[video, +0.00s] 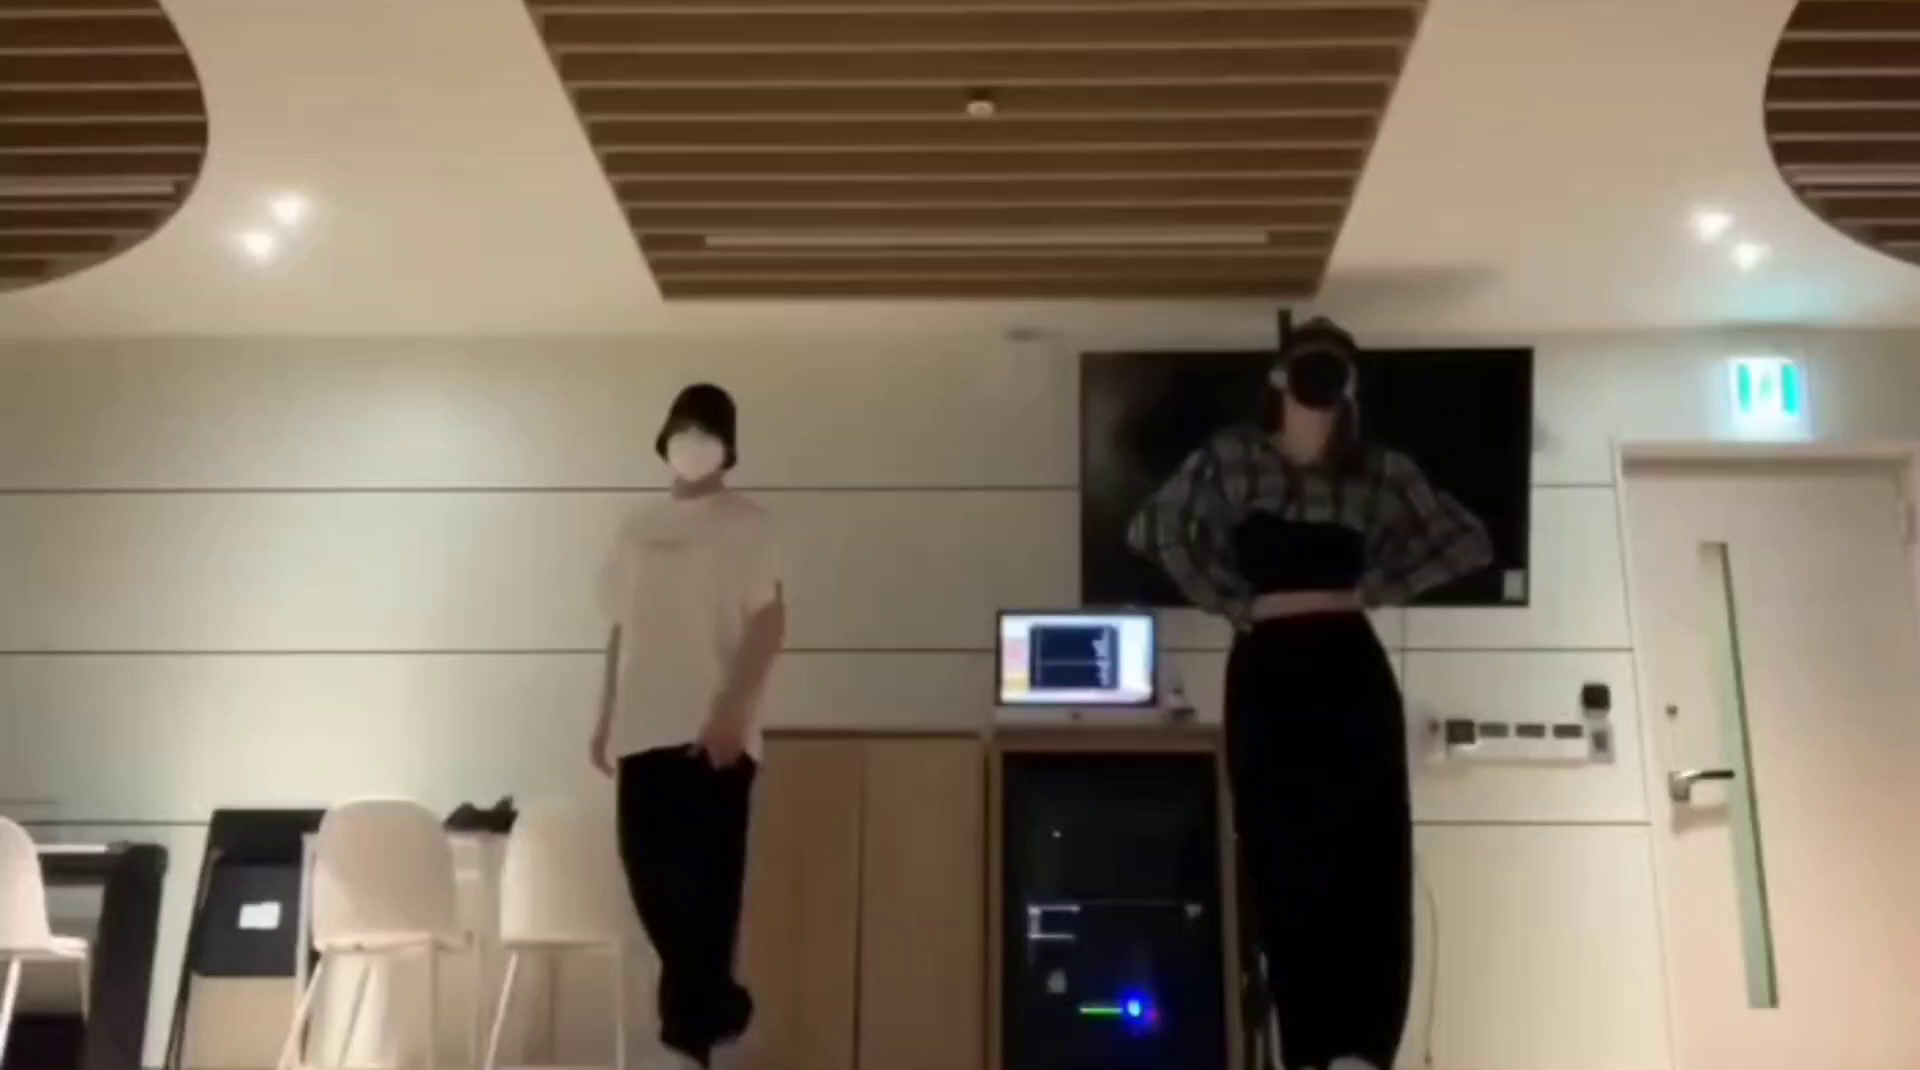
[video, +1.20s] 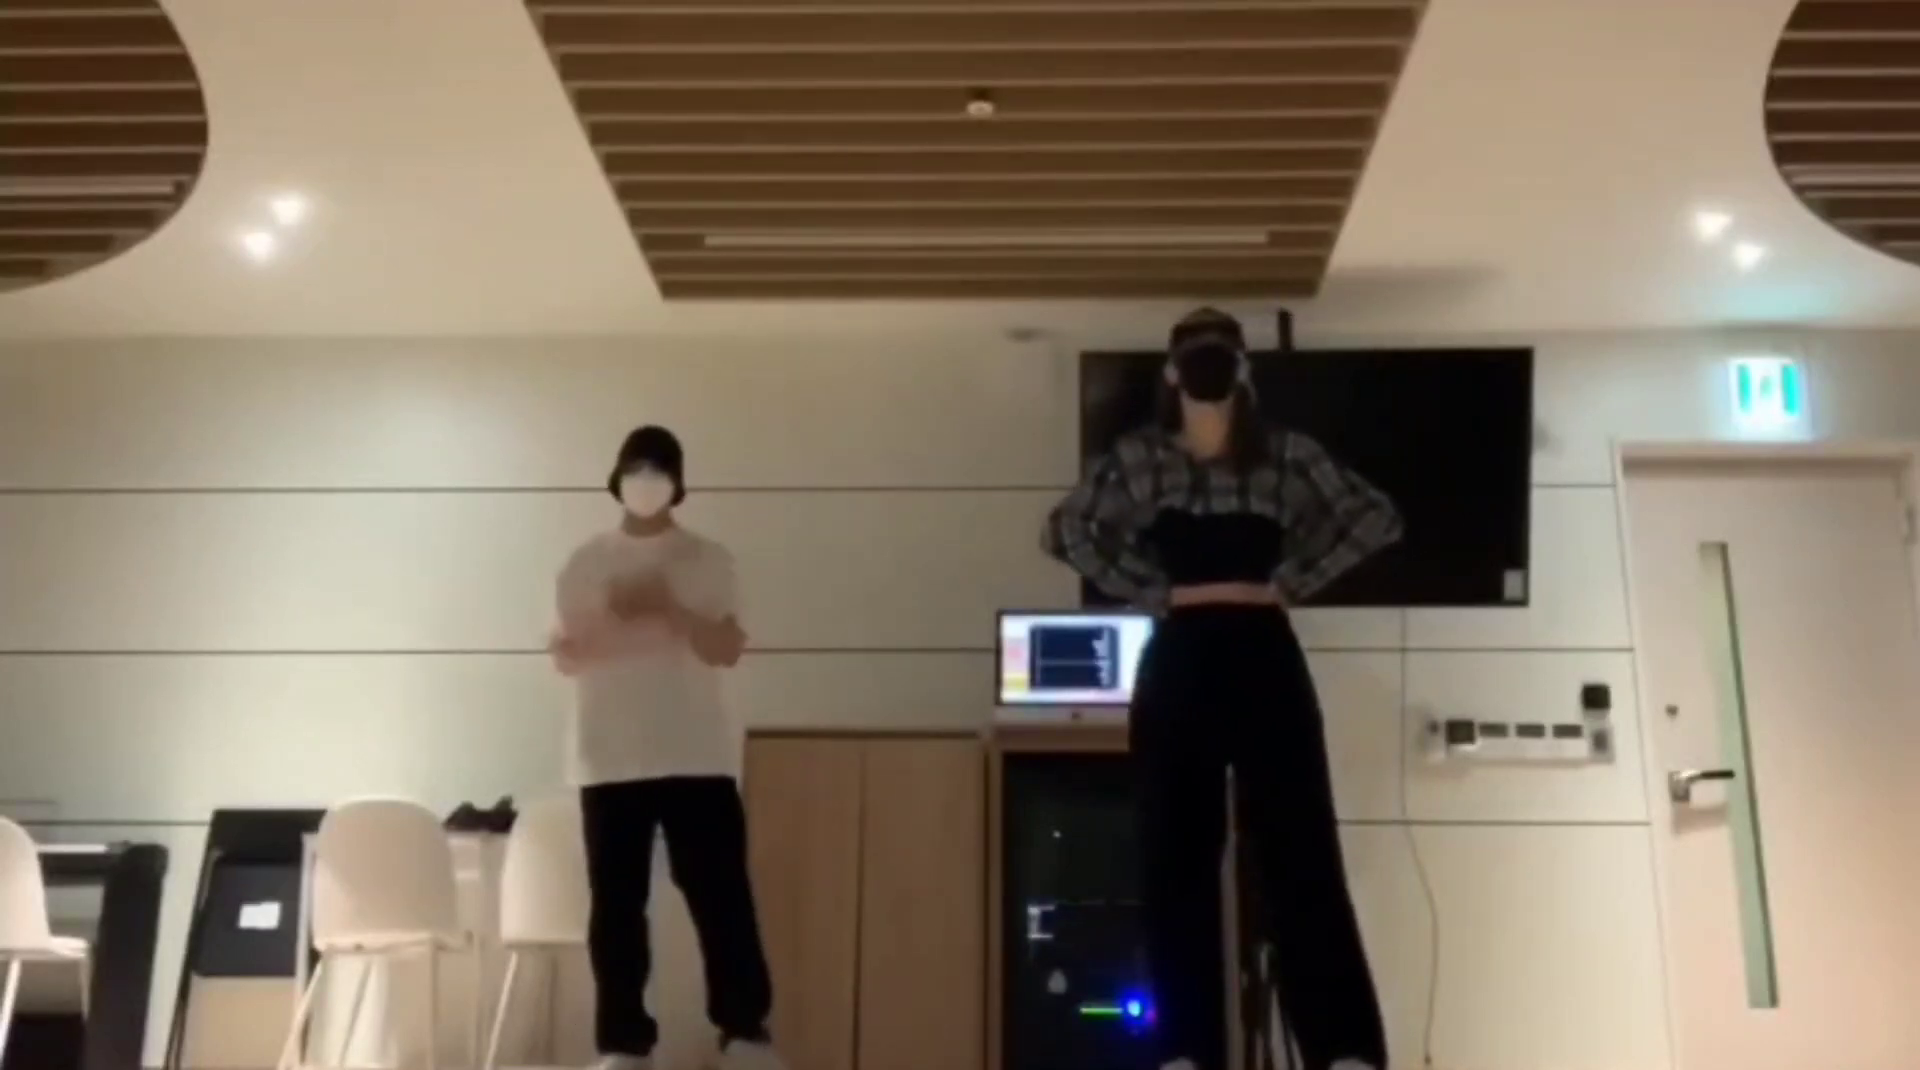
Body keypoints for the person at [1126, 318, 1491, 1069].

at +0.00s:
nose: (1320, 379)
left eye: (1333, 367)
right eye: (1307, 365)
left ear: (1352, 381)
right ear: (1279, 376)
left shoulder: (1381, 469)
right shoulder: (1232, 458)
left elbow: (1470, 543)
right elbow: (1155, 528)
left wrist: (1382, 585)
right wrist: (1228, 598)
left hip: (1352, 669)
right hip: (1269, 672)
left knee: (1369, 853)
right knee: (1285, 859)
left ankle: (1365, 1047)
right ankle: (1309, 1047)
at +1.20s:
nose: (1208, 364)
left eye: (1220, 351)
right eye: (1194, 352)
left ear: (1242, 367)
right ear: (1171, 370)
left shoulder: (1288, 454)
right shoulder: (1138, 458)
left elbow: (1376, 517)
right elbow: (1068, 528)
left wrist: (1297, 580)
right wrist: (1145, 588)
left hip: (1267, 663)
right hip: (1181, 666)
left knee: (1299, 853)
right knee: (1176, 860)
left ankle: (1342, 1049)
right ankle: (1186, 1047)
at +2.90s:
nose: (1235, 423)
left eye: (1245, 413)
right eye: (1222, 413)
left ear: (1264, 425)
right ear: (1196, 424)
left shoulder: (1295, 507)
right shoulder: (1162, 496)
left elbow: (1334, 604)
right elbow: (1103, 576)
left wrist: (1360, 689)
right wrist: (1162, 604)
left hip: (1280, 693)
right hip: (1198, 692)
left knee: (1279, 871)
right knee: (1187, 866)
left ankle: (1266, 1039)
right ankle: (1190, 1038)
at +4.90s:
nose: (1206, 426)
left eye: (1217, 415)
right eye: (1192, 415)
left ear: (1236, 431)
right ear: (1168, 431)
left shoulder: (1270, 517)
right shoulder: (1131, 519)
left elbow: (1296, 620)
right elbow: (1112, 617)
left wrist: (1317, 716)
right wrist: (1132, 696)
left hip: (1256, 704)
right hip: (1178, 705)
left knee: (1260, 868)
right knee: (1189, 870)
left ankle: (1255, 1040)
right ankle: (1200, 1039)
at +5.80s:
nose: (1169, 410)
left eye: (1181, 397)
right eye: (1153, 399)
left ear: (1201, 413)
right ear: (1129, 417)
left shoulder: (1228, 494)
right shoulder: (1096, 493)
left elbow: (1244, 586)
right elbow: (1056, 585)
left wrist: (1237, 634)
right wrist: (1085, 678)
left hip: (1202, 689)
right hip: (1123, 688)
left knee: (1194, 829)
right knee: (1108, 839)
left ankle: (1186, 971)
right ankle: (1100, 993)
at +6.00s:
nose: (1177, 418)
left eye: (1188, 407)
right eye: (1163, 407)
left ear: (1207, 423)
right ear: (1137, 424)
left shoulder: (1229, 497)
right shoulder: (1100, 506)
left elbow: (1260, 561)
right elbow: (1068, 596)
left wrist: (1309, 573)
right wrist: (1092, 652)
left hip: (1222, 698)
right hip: (1134, 700)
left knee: (1291, 852)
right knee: (1083, 858)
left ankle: (1405, 1032)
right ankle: (1090, 1035)